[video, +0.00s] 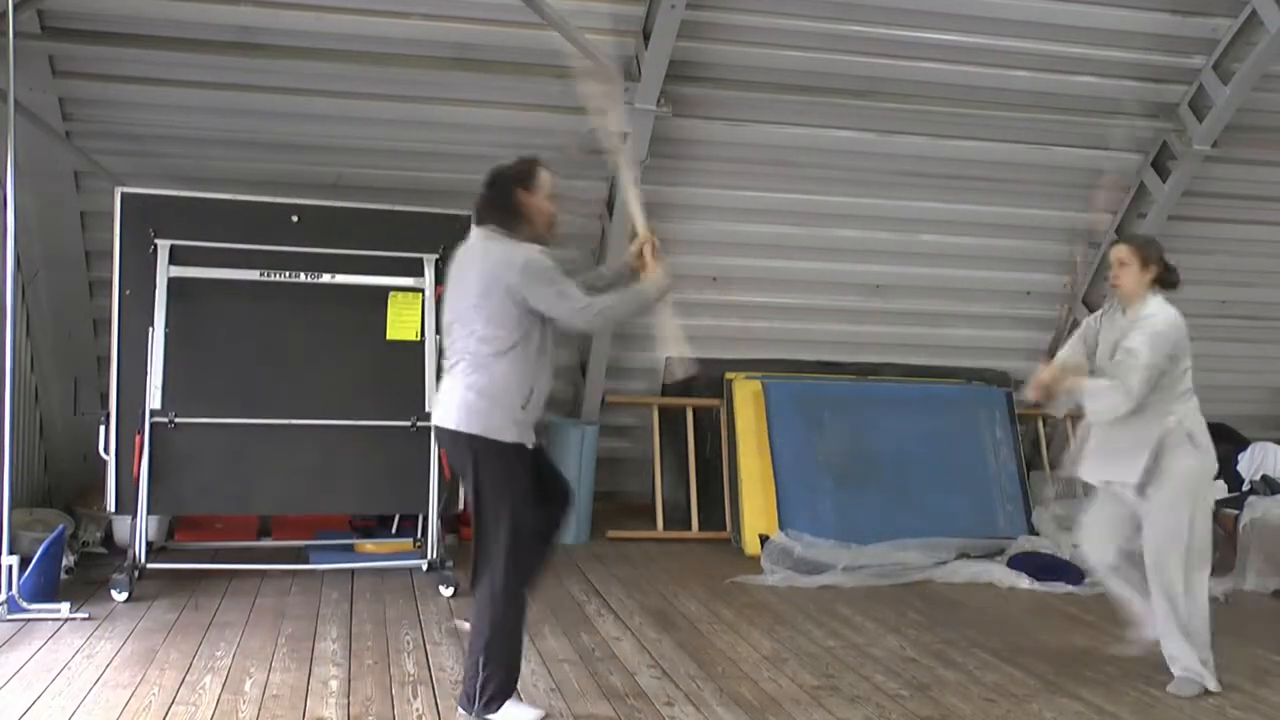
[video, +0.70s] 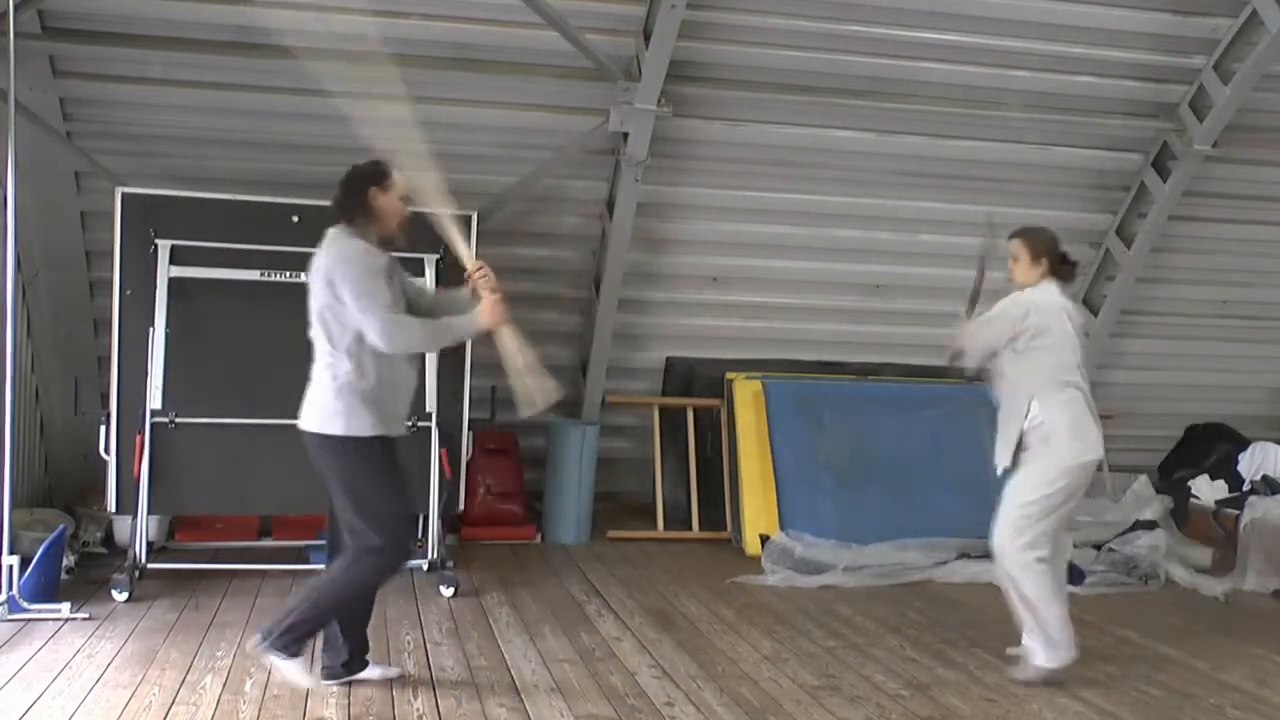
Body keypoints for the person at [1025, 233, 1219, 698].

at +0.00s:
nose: (1113, 275)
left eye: (1123, 266)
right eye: (1111, 267)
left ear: (1150, 272)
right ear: (1111, 274)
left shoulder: (1162, 323)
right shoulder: (1108, 316)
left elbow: (1126, 394)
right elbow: (1074, 354)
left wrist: (1064, 386)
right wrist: (1047, 378)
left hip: (1176, 459)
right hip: (1128, 458)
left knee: (1170, 564)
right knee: (1098, 548)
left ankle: (1195, 670)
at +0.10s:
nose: (1100, 276)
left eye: (1108, 267)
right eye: (1098, 268)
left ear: (1134, 270)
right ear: (1102, 274)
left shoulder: (1141, 316)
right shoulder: (1109, 318)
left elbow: (1100, 395)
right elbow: (1071, 358)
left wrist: (1041, 379)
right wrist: (1033, 368)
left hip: (1162, 455)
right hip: (1119, 453)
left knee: (1165, 559)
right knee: (1072, 529)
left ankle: (1191, 670)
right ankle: (1090, 629)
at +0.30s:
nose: (1072, 272)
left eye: (1079, 263)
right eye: (1070, 264)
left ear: (1103, 265)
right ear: (1086, 267)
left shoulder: (1110, 308)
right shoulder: (1093, 303)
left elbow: (1028, 332)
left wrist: (1013, 294)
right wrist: (1025, 272)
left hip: (1109, 446)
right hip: (1082, 444)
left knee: (1086, 544)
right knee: (1048, 537)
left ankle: (1150, 649)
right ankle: (1049, 638)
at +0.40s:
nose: (1056, 263)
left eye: (1062, 254)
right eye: (1055, 254)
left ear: (1086, 255)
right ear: (1092, 256)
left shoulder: (1079, 298)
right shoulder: (1105, 293)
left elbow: (1002, 299)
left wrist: (1010, 256)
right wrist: (1049, 228)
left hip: (1085, 433)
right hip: (1078, 430)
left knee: (1068, 539)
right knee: (1050, 534)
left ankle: (1081, 658)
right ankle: (1046, 634)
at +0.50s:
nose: (1041, 260)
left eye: (1048, 253)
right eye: (1042, 252)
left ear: (1073, 255)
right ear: (1080, 257)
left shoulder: (1053, 295)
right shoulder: (1100, 296)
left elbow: (991, 292)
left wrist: (1009, 254)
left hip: (1068, 429)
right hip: (1090, 426)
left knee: (1059, 540)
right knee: (1056, 534)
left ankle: (1077, 658)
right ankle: (1044, 633)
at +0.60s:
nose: (1019, 262)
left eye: (1027, 253)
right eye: (1020, 253)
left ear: (1052, 258)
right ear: (1060, 262)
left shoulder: (1035, 296)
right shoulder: (1083, 303)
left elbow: (978, 315)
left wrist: (999, 273)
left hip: (1057, 432)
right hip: (1084, 432)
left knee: (1029, 539)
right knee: (1050, 536)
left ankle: (1077, 656)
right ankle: (1041, 635)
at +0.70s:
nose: (1009, 268)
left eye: (1016, 260)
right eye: (1009, 260)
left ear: (1040, 263)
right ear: (1045, 265)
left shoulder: (1028, 302)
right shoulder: (1059, 307)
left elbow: (972, 342)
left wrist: (969, 335)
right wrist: (985, 347)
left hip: (1054, 444)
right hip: (1078, 444)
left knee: (1011, 539)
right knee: (1046, 543)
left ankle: (1052, 648)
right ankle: (1046, 639)